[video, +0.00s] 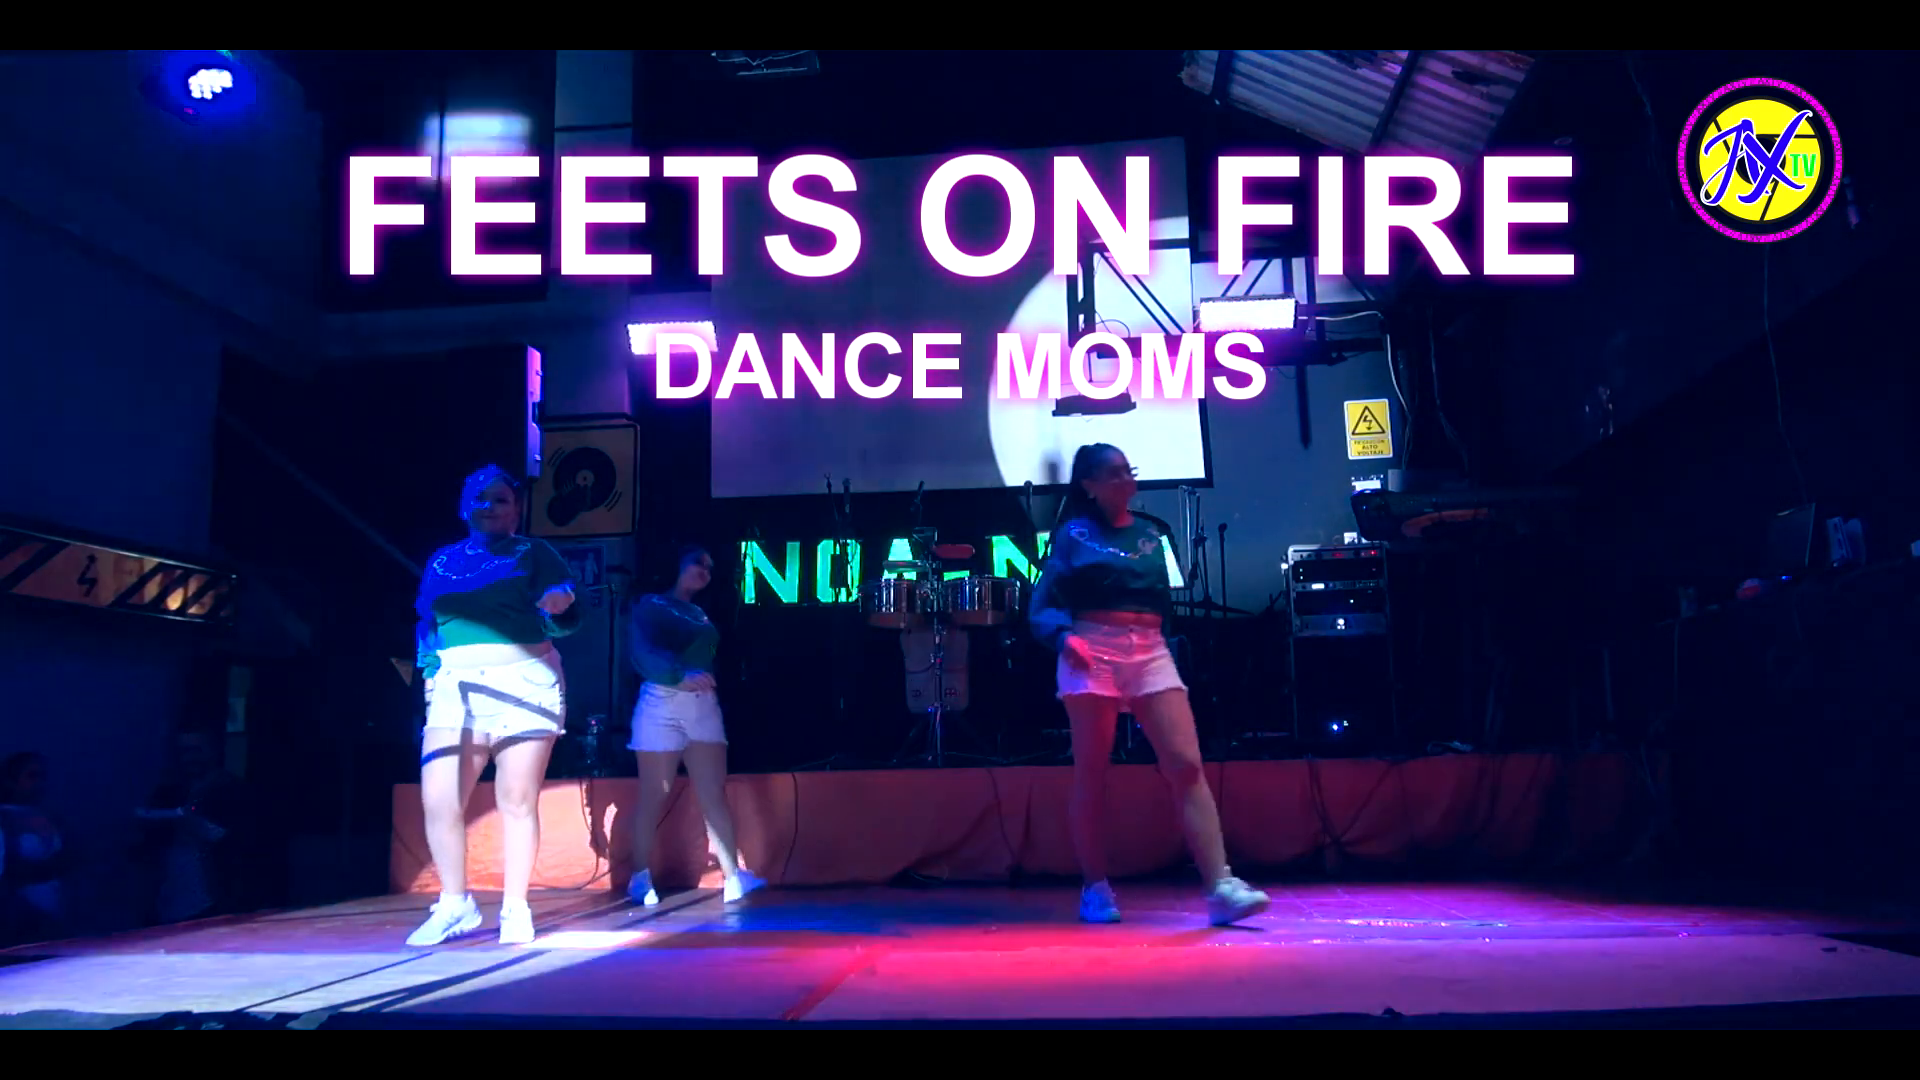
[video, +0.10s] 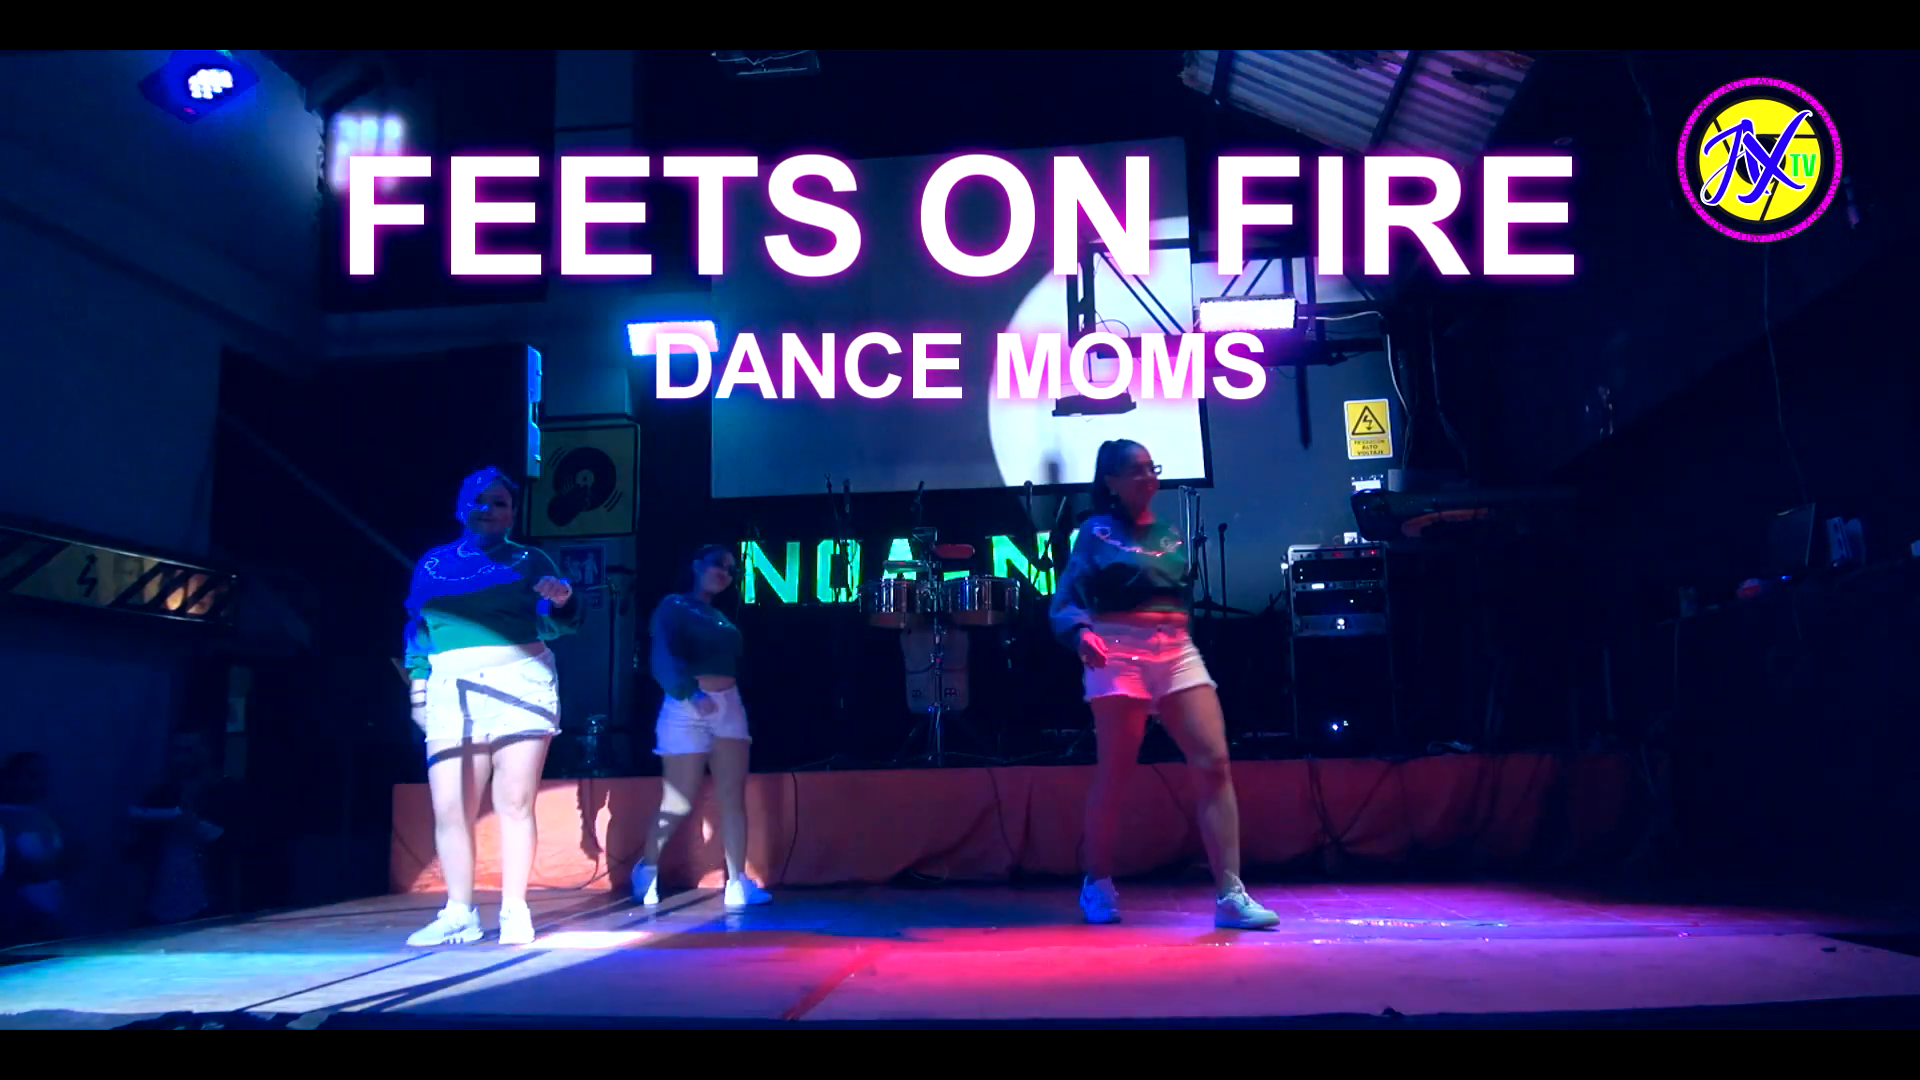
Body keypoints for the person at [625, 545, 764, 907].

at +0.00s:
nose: (705, 573)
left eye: (708, 569)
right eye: (699, 566)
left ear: (706, 577)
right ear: (680, 567)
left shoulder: (700, 615)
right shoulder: (650, 607)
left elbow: (701, 660)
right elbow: (643, 657)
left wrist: (704, 680)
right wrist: (681, 677)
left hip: (703, 704)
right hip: (661, 704)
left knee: (713, 794)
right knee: (654, 794)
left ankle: (733, 876)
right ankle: (641, 877)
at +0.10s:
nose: (724, 574)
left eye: (729, 570)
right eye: (718, 566)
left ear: (730, 579)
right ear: (698, 567)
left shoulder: (720, 617)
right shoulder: (673, 607)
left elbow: (728, 668)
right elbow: (661, 659)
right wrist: (691, 694)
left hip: (728, 704)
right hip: (685, 705)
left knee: (732, 800)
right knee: (677, 802)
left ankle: (736, 883)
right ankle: (647, 869)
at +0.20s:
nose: (738, 572)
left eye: (744, 567)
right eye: (731, 565)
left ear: (748, 573)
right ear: (714, 567)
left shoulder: (745, 619)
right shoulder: (692, 607)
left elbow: (763, 674)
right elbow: (682, 659)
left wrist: (778, 720)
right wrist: (683, 710)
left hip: (751, 702)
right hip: (709, 703)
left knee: (746, 797)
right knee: (729, 796)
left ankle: (737, 882)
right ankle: (680, 837)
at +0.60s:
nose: (776, 563)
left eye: (782, 555)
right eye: (770, 557)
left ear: (797, 557)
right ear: (763, 563)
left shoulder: (825, 601)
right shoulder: (758, 610)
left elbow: (863, 640)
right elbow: (725, 662)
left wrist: (896, 667)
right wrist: (692, 702)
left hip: (816, 702)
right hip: (773, 700)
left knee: (780, 794)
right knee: (791, 794)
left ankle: (746, 873)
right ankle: (819, 882)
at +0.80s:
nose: (821, 553)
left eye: (829, 546)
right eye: (813, 546)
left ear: (840, 553)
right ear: (800, 553)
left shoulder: (858, 601)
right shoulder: (789, 604)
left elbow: (882, 656)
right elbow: (773, 660)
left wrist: (896, 703)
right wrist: (767, 713)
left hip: (852, 694)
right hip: (805, 691)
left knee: (863, 784)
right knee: (818, 791)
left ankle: (810, 817)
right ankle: (826, 884)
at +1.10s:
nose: (883, 537)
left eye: (891, 531)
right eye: (876, 530)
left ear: (903, 541)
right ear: (862, 538)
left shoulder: (910, 592)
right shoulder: (847, 582)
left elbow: (918, 649)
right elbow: (827, 637)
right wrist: (856, 667)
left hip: (906, 692)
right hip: (856, 692)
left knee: (913, 789)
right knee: (852, 793)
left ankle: (925, 886)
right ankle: (843, 881)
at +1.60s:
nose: (933, 522)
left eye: (939, 514)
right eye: (923, 518)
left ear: (953, 520)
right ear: (912, 531)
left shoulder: (985, 572)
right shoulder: (905, 582)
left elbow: (1022, 612)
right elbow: (872, 638)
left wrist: (1051, 650)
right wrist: (849, 689)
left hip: (975, 683)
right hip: (924, 684)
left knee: (952, 789)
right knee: (956, 789)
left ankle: (930, 881)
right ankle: (983, 884)